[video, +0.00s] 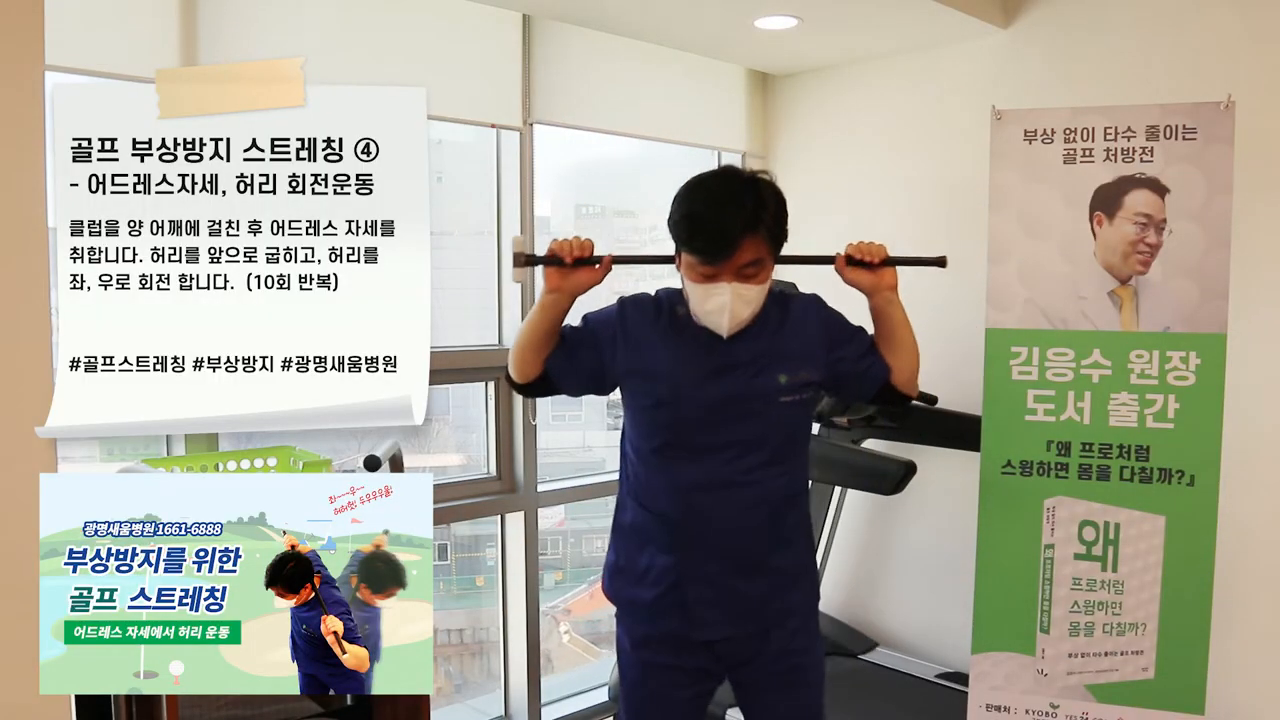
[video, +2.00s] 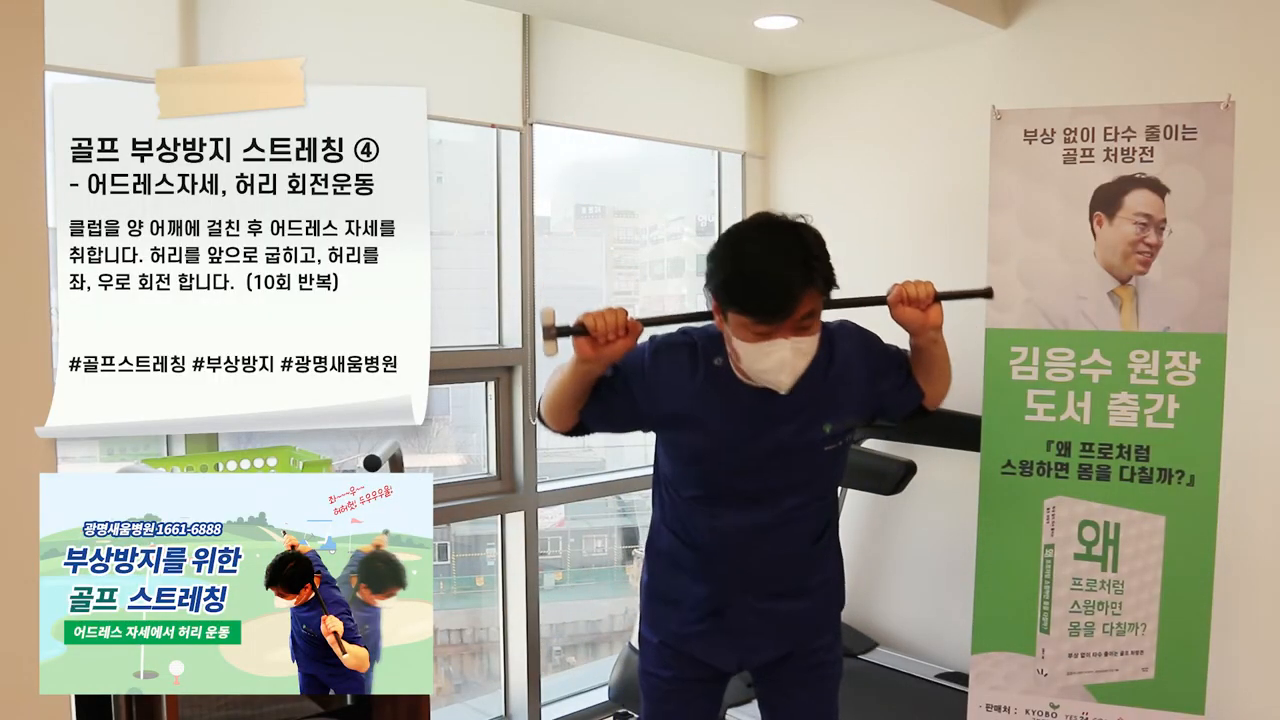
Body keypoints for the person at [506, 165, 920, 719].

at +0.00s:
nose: (726, 292)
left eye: (750, 272)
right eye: (706, 273)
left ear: (774, 261)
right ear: (679, 258)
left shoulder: (805, 324)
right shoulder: (636, 327)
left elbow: (900, 380)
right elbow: (526, 371)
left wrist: (884, 296)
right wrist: (556, 296)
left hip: (775, 610)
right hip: (658, 610)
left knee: (793, 711)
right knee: (652, 711)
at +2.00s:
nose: (788, 344)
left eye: (806, 323)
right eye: (763, 330)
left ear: (821, 303)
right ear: (719, 314)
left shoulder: (846, 358)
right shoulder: (671, 368)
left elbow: (927, 393)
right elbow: (557, 418)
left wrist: (927, 336)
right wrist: (587, 365)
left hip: (802, 624)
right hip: (685, 625)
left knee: (809, 714)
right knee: (669, 715)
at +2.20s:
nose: (825, 375)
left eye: (836, 354)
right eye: (806, 360)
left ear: (848, 328)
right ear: (752, 332)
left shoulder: (848, 361)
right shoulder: (682, 386)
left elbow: (895, 358)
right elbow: (555, 461)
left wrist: (907, 314)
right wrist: (609, 407)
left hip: (803, 620)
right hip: (692, 624)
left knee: (807, 714)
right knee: (676, 713)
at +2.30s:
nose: (859, 369)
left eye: (869, 351)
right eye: (843, 357)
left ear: (875, 325)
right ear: (783, 340)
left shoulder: (849, 371)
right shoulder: (703, 401)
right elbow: (578, 499)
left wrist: (861, 289)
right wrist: (649, 436)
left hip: (800, 618)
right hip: (695, 627)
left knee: (805, 713)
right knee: (680, 711)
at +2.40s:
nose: (881, 361)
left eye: (883, 348)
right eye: (867, 355)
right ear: (809, 350)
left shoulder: (833, 365)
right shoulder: (723, 398)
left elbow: (891, 369)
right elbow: (606, 527)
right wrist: (684, 463)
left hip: (800, 620)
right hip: (700, 630)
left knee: (802, 713)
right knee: (682, 712)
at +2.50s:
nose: (898, 374)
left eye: (903, 361)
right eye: (892, 364)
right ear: (844, 360)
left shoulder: (813, 331)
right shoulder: (740, 408)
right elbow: (659, 561)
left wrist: (883, 372)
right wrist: (744, 488)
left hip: (796, 629)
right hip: (704, 644)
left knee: (799, 712)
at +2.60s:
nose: (920, 365)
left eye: (921, 355)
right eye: (914, 360)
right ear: (865, 367)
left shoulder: (796, 334)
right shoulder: (752, 427)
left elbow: (768, 302)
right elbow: (697, 578)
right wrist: (785, 500)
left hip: (793, 627)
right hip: (710, 647)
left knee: (797, 711)